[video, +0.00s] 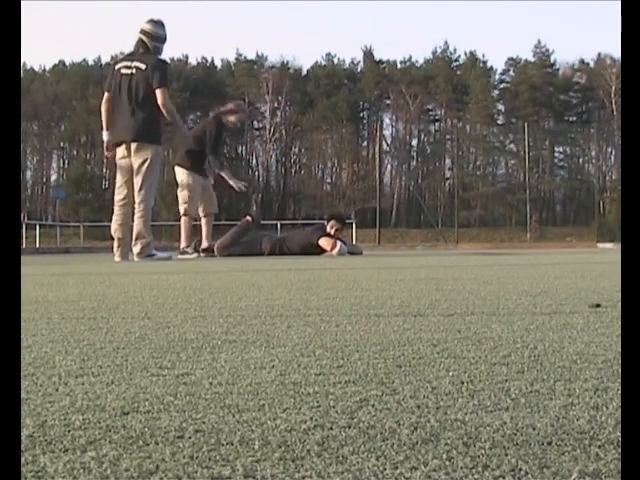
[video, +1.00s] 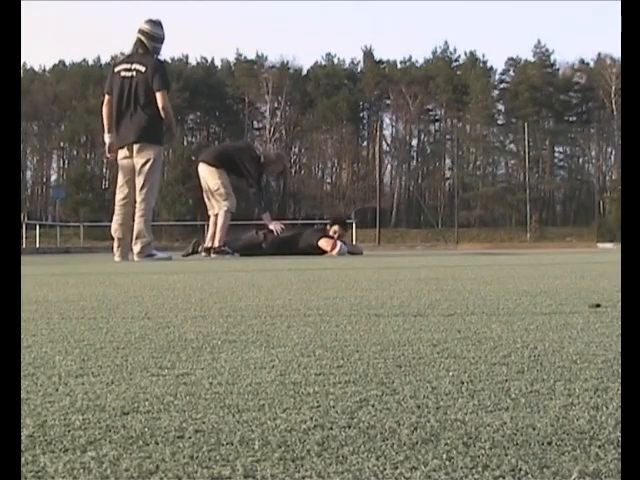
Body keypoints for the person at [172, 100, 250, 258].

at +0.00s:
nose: (236, 124)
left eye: (239, 121)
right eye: (237, 119)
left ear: (233, 116)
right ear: (230, 113)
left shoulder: (220, 127)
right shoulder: (213, 124)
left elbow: (210, 157)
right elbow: (211, 156)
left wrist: (210, 175)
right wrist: (231, 180)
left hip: (200, 170)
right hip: (187, 167)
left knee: (208, 208)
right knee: (187, 208)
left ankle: (206, 245)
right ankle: (184, 246)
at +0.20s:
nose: (249, 138)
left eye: (252, 135)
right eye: (250, 133)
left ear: (243, 128)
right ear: (242, 126)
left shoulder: (230, 139)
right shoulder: (225, 136)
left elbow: (233, 169)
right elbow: (226, 170)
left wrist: (247, 188)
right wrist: (245, 192)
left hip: (202, 171)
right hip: (189, 168)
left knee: (209, 209)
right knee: (192, 209)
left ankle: (207, 246)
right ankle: (184, 247)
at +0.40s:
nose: (253, 144)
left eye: (257, 143)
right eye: (254, 138)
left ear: (257, 145)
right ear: (249, 131)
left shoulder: (237, 144)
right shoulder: (233, 143)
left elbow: (241, 175)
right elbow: (239, 178)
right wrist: (255, 201)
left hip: (205, 168)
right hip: (194, 165)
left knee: (214, 208)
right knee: (204, 205)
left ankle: (207, 246)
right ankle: (185, 240)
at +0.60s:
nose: (261, 151)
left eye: (264, 151)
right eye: (262, 146)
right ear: (255, 139)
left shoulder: (244, 151)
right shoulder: (239, 148)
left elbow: (247, 180)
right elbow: (244, 181)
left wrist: (258, 206)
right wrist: (258, 208)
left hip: (208, 166)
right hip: (199, 163)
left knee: (216, 206)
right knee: (211, 203)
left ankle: (209, 243)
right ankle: (200, 240)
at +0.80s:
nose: (270, 158)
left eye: (271, 155)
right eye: (269, 154)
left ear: (260, 148)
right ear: (261, 149)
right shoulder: (244, 153)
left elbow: (251, 188)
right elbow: (251, 187)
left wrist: (261, 215)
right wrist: (265, 217)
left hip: (202, 164)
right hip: (207, 165)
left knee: (211, 209)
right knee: (218, 205)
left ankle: (208, 246)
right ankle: (218, 246)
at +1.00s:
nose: (274, 173)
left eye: (277, 172)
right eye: (277, 170)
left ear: (270, 158)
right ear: (273, 161)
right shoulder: (253, 161)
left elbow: (256, 193)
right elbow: (257, 193)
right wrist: (269, 222)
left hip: (204, 164)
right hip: (214, 166)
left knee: (215, 210)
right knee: (226, 205)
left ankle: (208, 245)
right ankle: (218, 246)